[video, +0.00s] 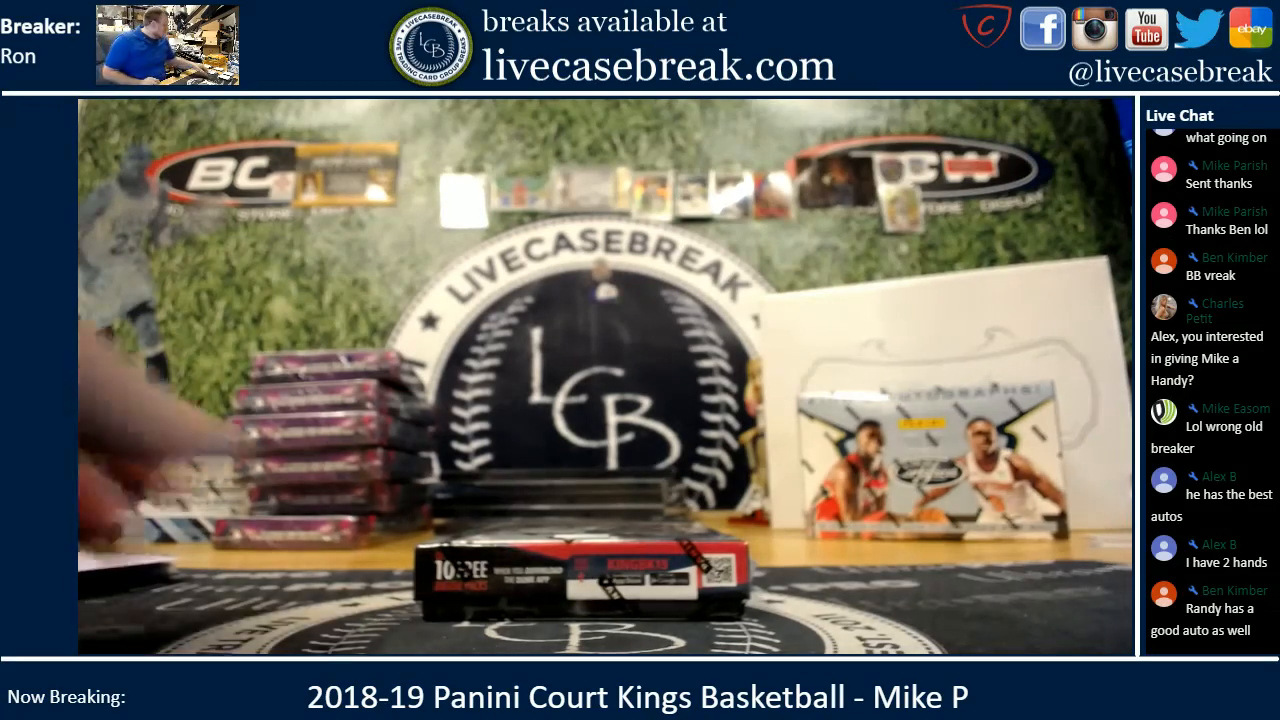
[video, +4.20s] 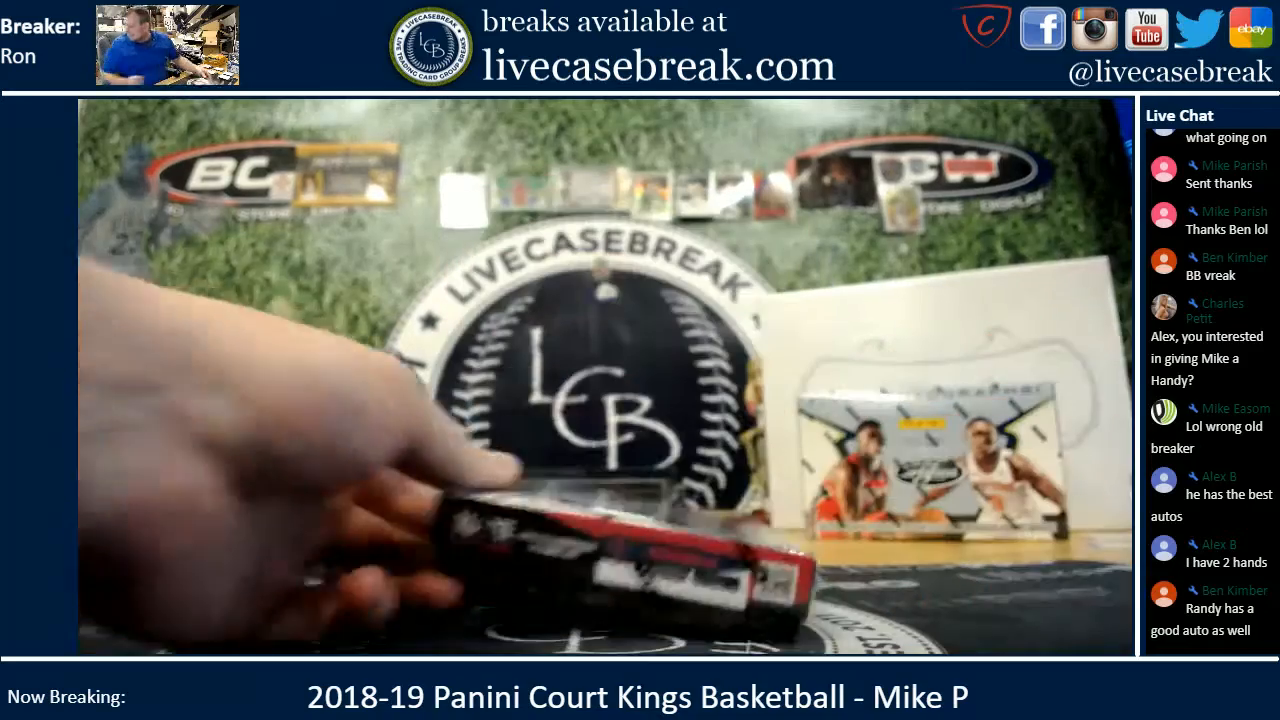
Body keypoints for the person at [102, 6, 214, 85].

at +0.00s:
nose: (167, 29)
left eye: (167, 25)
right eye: (165, 25)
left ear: (156, 24)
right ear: (153, 24)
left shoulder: (163, 41)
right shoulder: (125, 41)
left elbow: (172, 60)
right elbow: (108, 73)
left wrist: (194, 66)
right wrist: (140, 82)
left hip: (162, 94)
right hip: (133, 98)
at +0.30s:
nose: (162, 26)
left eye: (162, 22)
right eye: (158, 22)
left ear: (163, 21)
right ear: (145, 21)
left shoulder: (163, 40)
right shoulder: (126, 41)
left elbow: (179, 58)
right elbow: (119, 76)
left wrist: (200, 69)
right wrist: (156, 78)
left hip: (165, 96)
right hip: (135, 100)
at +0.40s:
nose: (157, 25)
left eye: (159, 22)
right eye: (153, 22)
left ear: (161, 22)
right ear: (141, 20)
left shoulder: (163, 39)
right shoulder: (127, 41)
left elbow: (179, 57)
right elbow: (133, 78)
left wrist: (199, 70)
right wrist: (173, 79)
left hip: (168, 91)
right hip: (141, 95)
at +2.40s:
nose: (146, 24)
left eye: (151, 20)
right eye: (143, 20)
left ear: (159, 24)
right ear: (138, 23)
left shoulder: (164, 40)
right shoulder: (128, 45)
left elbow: (174, 62)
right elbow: (136, 82)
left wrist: (194, 70)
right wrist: (177, 81)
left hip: (167, 92)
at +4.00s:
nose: (132, 29)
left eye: (137, 25)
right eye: (130, 25)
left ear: (151, 25)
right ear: (128, 25)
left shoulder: (164, 40)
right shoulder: (123, 46)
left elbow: (175, 61)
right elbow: (122, 80)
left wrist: (195, 70)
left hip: (163, 96)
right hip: (134, 98)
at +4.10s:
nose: (130, 30)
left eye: (134, 25)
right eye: (128, 25)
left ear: (149, 24)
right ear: (127, 25)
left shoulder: (164, 41)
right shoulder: (121, 45)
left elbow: (175, 60)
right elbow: (112, 78)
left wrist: (196, 69)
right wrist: (145, 81)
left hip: (162, 97)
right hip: (132, 100)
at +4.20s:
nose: (127, 30)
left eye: (131, 26)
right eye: (126, 26)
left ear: (145, 26)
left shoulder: (163, 41)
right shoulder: (119, 45)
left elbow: (177, 60)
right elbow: (107, 76)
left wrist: (197, 69)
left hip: (161, 97)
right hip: (130, 100)